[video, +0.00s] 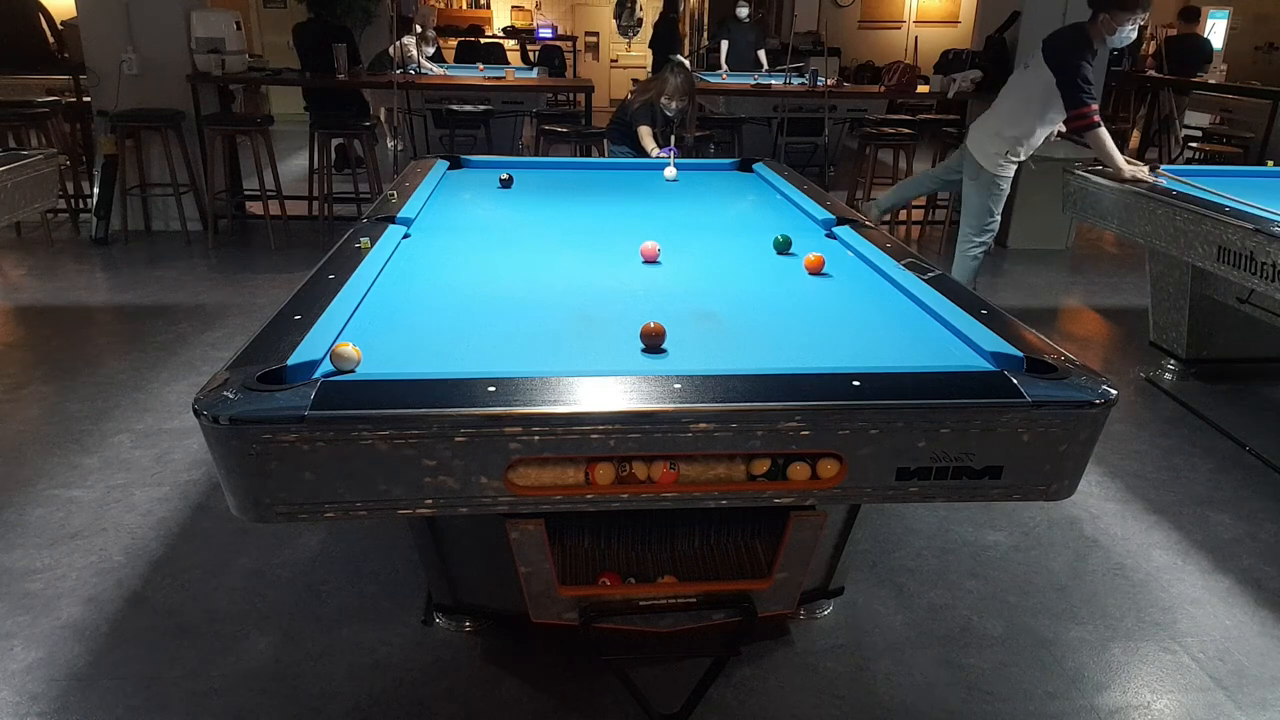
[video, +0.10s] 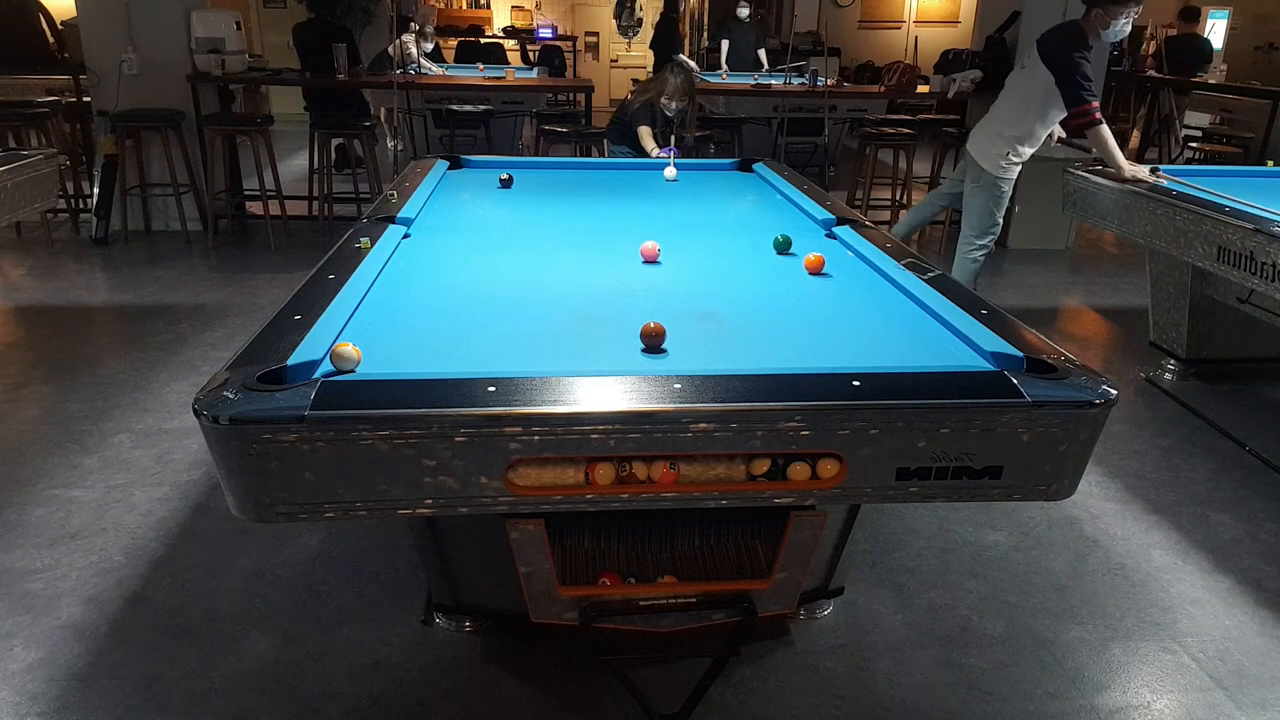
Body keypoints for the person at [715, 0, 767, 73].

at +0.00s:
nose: (741, 11)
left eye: (744, 8)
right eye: (739, 8)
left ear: (749, 10)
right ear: (735, 10)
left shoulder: (755, 27)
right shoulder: (729, 25)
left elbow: (760, 48)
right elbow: (724, 43)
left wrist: (765, 65)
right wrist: (723, 63)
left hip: (750, 69)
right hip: (731, 69)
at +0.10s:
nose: (742, 11)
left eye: (745, 8)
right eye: (739, 7)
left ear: (750, 10)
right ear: (736, 9)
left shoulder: (755, 27)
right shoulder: (729, 24)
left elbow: (760, 48)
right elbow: (725, 43)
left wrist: (765, 65)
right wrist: (723, 63)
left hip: (750, 69)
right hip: (732, 69)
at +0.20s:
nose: (742, 10)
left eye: (746, 8)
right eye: (740, 7)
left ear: (751, 10)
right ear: (736, 9)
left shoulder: (756, 26)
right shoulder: (729, 24)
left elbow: (760, 47)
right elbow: (725, 43)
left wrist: (765, 65)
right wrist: (723, 63)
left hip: (751, 68)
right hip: (733, 69)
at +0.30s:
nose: (743, 11)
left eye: (746, 8)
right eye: (740, 8)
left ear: (751, 10)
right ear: (736, 10)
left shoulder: (755, 26)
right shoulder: (730, 24)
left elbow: (760, 47)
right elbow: (725, 43)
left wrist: (765, 65)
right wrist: (723, 64)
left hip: (750, 68)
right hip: (733, 68)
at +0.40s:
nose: (744, 11)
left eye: (747, 8)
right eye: (741, 8)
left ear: (751, 11)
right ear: (737, 10)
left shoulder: (756, 26)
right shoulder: (730, 24)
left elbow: (761, 47)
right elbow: (725, 44)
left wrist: (765, 65)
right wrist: (723, 64)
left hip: (751, 68)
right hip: (733, 68)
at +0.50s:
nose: (744, 11)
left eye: (747, 9)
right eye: (741, 8)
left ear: (751, 11)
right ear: (737, 10)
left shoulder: (756, 26)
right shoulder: (730, 24)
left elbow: (761, 47)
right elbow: (725, 44)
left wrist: (765, 65)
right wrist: (723, 63)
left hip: (751, 67)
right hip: (734, 68)